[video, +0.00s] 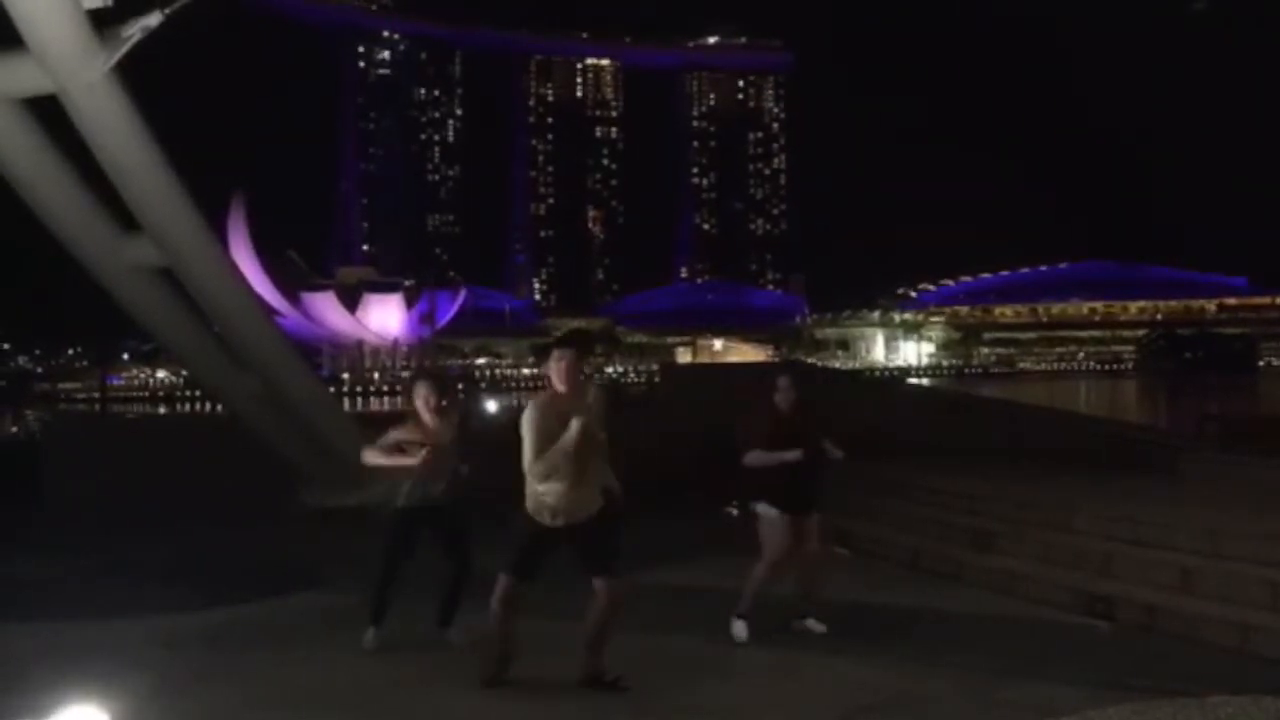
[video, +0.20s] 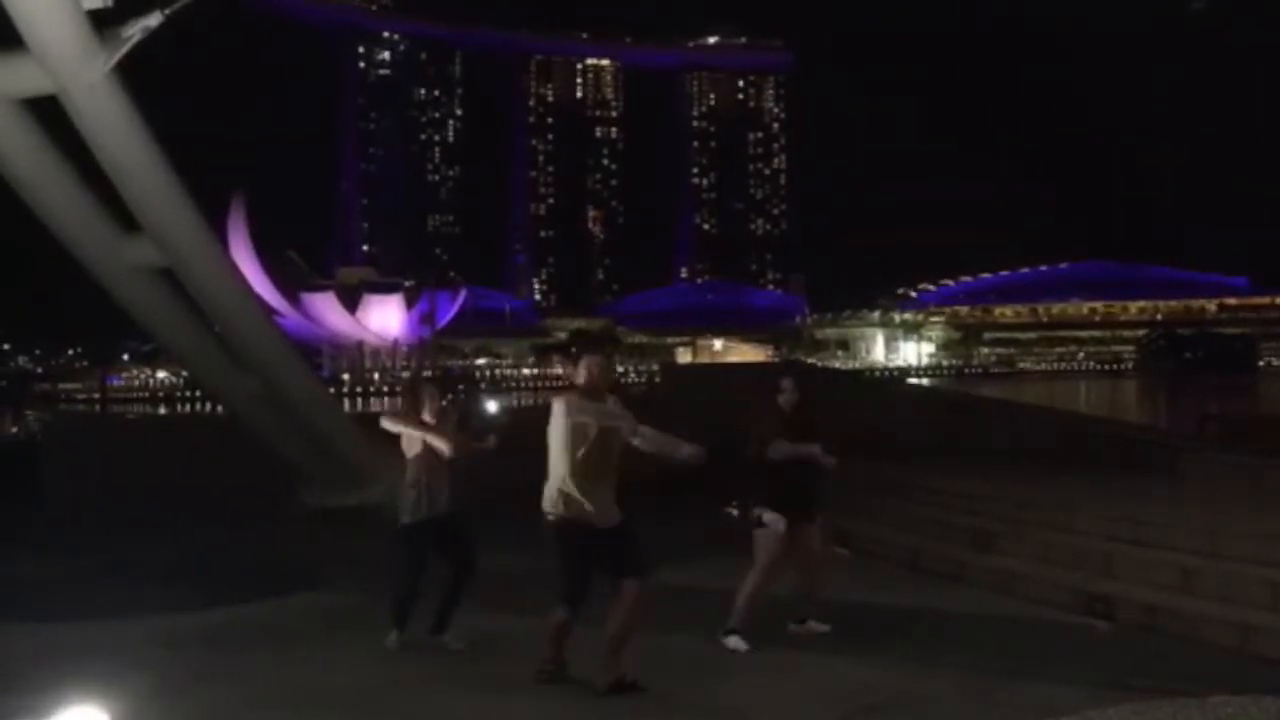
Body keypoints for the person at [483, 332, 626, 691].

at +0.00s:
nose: (569, 369)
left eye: (575, 361)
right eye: (561, 361)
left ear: (585, 368)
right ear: (547, 369)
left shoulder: (590, 406)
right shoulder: (537, 411)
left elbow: (596, 453)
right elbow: (536, 470)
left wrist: (610, 483)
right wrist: (573, 430)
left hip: (588, 515)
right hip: (541, 518)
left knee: (608, 590)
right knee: (504, 593)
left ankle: (592, 669)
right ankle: (499, 664)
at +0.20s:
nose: (604, 371)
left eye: (606, 364)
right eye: (597, 364)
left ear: (607, 371)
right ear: (579, 367)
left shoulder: (610, 406)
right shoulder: (566, 405)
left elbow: (641, 436)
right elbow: (565, 474)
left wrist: (685, 450)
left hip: (603, 512)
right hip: (568, 513)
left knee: (632, 582)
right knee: (571, 598)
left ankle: (612, 672)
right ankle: (553, 663)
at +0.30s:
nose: (610, 375)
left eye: (615, 368)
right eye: (603, 368)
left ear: (620, 371)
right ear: (587, 371)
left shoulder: (617, 407)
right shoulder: (578, 410)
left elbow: (639, 440)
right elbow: (591, 462)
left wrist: (674, 462)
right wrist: (629, 445)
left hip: (615, 511)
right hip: (582, 515)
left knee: (635, 589)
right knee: (599, 598)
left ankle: (614, 673)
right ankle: (555, 638)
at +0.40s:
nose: (629, 374)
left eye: (632, 365)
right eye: (623, 365)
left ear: (631, 367)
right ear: (602, 367)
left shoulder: (618, 406)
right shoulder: (594, 409)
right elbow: (616, 478)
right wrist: (646, 440)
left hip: (615, 510)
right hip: (595, 514)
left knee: (640, 585)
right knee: (641, 584)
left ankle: (613, 671)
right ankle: (597, 662)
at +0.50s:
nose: (650, 373)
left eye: (652, 366)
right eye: (643, 365)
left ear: (653, 371)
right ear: (625, 368)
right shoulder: (618, 399)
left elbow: (583, 447)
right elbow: (656, 444)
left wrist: (585, 489)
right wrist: (672, 413)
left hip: (629, 508)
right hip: (616, 510)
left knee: (636, 592)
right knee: (662, 586)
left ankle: (618, 677)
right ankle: (641, 679)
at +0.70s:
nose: (669, 396)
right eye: (666, 390)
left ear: (631, 391)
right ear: (662, 391)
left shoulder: (607, 434)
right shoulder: (678, 429)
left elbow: (560, 482)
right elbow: (722, 457)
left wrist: (558, 538)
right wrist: (689, 478)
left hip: (623, 537)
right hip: (668, 533)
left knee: (642, 614)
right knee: (687, 612)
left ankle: (652, 687)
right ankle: (679, 701)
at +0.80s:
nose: (598, 390)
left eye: (599, 384)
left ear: (604, 387)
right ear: (636, 382)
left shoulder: (598, 431)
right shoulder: (667, 423)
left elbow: (606, 488)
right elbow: (677, 481)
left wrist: (634, 514)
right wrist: (672, 514)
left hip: (628, 532)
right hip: (674, 529)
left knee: (643, 611)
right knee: (688, 607)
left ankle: (655, 685)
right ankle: (694, 682)